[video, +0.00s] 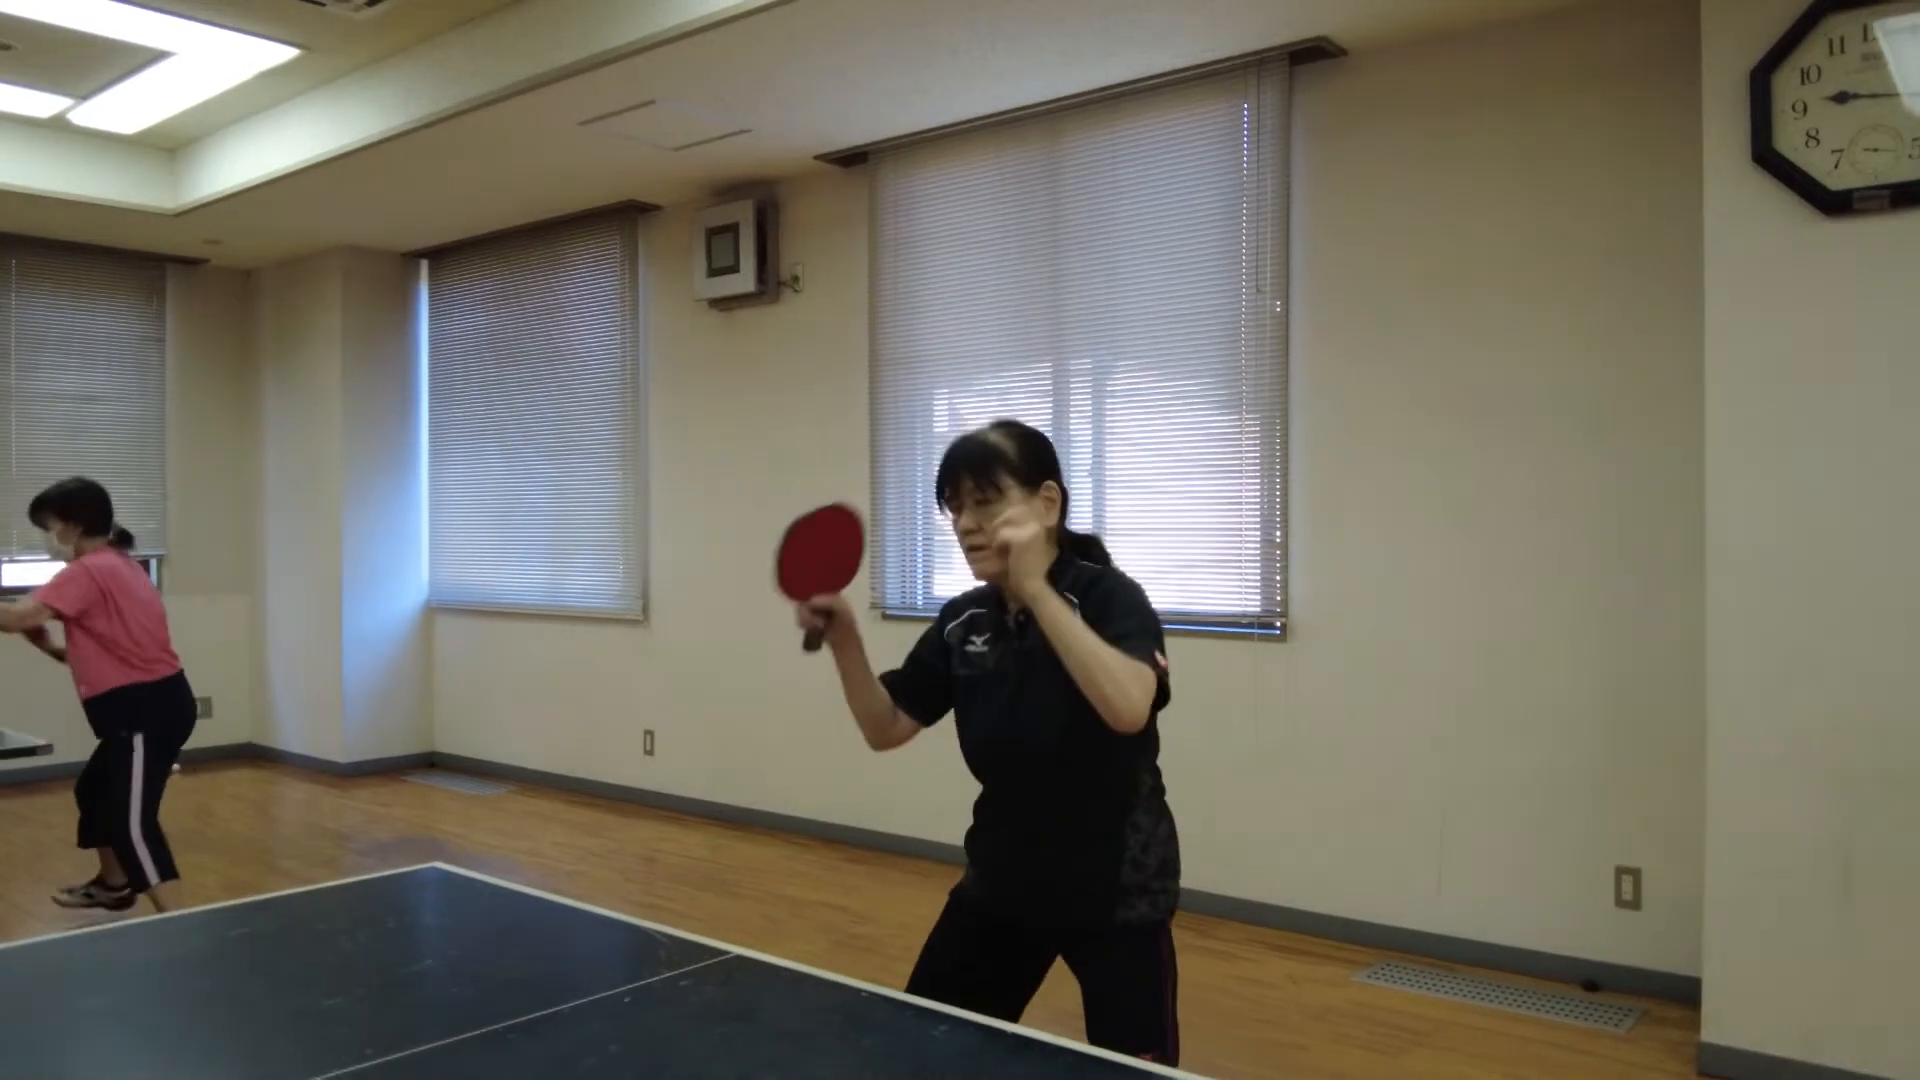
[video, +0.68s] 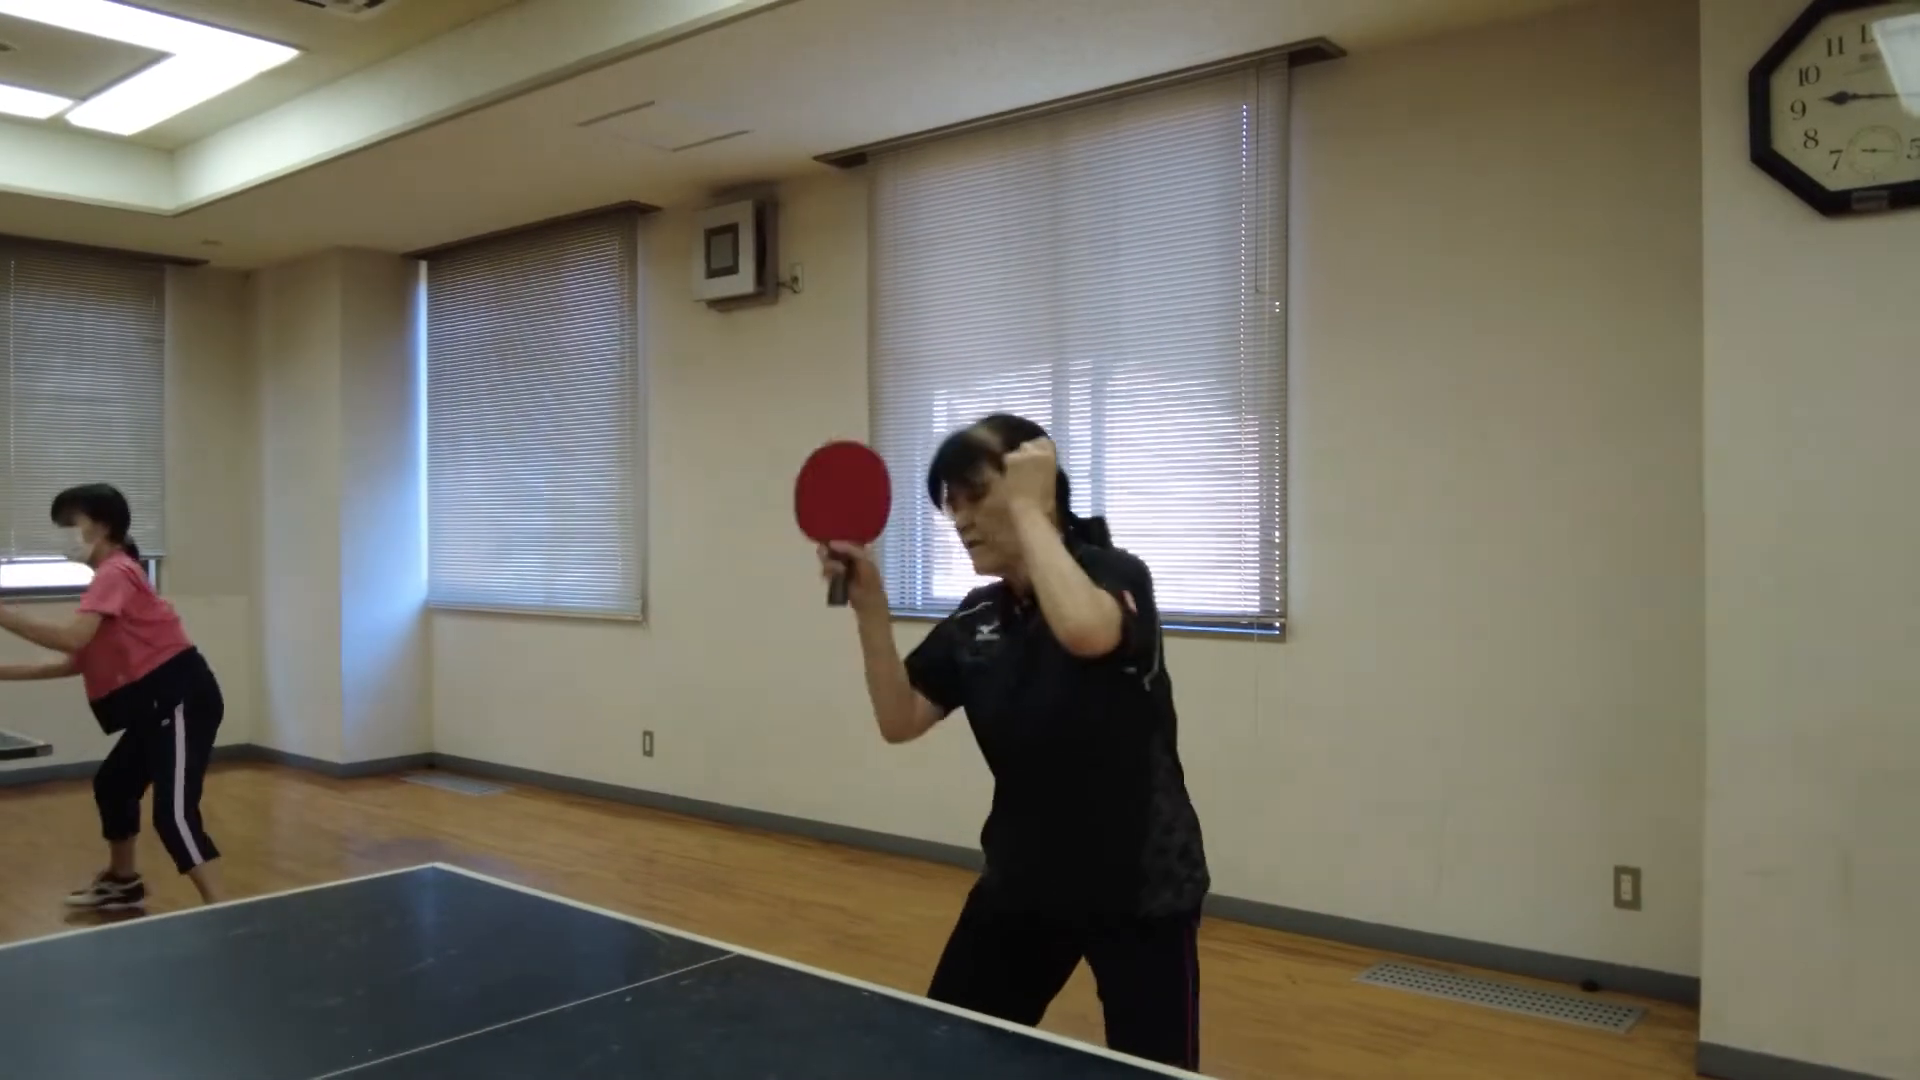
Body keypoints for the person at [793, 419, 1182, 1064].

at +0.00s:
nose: (965, 523)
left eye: (987, 501)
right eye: (956, 507)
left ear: (1049, 505)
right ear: (949, 518)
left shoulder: (1110, 600)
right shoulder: (964, 623)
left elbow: (1129, 707)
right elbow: (886, 728)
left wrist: (1035, 590)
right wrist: (845, 638)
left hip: (1115, 891)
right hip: (1005, 883)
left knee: (1140, 1076)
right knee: (919, 1049)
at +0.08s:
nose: (954, 518)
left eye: (976, 497)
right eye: (946, 504)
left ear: (1038, 503)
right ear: (939, 515)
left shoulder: (1092, 597)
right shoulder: (965, 621)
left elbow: (1116, 723)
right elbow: (910, 738)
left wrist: (1008, 613)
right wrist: (825, 668)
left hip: (1108, 888)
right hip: (1006, 880)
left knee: (1128, 1075)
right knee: (913, 1043)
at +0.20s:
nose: (927, 541)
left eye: (948, 518)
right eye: (920, 524)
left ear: (1008, 523)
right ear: (913, 532)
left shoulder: (1049, 613)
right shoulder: (975, 629)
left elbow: (1081, 743)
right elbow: (967, 771)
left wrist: (956, 661)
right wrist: (847, 753)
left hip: (1087, 910)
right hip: (1003, 897)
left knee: (1093, 1074)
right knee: (906, 1042)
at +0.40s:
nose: (899, 560)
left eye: (911, 537)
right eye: (891, 545)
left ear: (973, 528)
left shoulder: (1008, 596)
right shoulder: (981, 610)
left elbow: (1014, 694)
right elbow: (1038, 757)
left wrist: (901, 611)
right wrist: (946, 771)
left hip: (1079, 903)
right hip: (1001, 889)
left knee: (1095, 1071)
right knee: (906, 1039)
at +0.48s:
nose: (915, 531)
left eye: (923, 509)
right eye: (908, 519)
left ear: (984, 501)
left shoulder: (1045, 573)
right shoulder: (1000, 596)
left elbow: (1024, 646)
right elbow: (1002, 736)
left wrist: (932, 554)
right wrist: (900, 729)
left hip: (1099, 881)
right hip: (1010, 872)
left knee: (1124, 1072)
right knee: (923, 1044)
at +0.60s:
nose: (946, 515)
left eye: (958, 495)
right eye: (939, 502)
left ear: (1015, 489)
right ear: (941, 511)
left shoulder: (1096, 560)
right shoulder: (976, 619)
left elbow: (1049, 609)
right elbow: (926, 734)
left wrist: (993, 494)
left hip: (1135, 867)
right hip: (1028, 867)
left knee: (1154, 1072)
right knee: (944, 1046)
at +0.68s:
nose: (961, 519)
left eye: (976, 495)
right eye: (953, 504)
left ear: (1033, 494)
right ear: (950, 515)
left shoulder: (1113, 573)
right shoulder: (978, 619)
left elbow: (1086, 631)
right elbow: (900, 719)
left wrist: (1032, 509)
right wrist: (869, 599)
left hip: (1139, 884)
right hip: (1027, 881)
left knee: (1158, 1078)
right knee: (943, 1053)